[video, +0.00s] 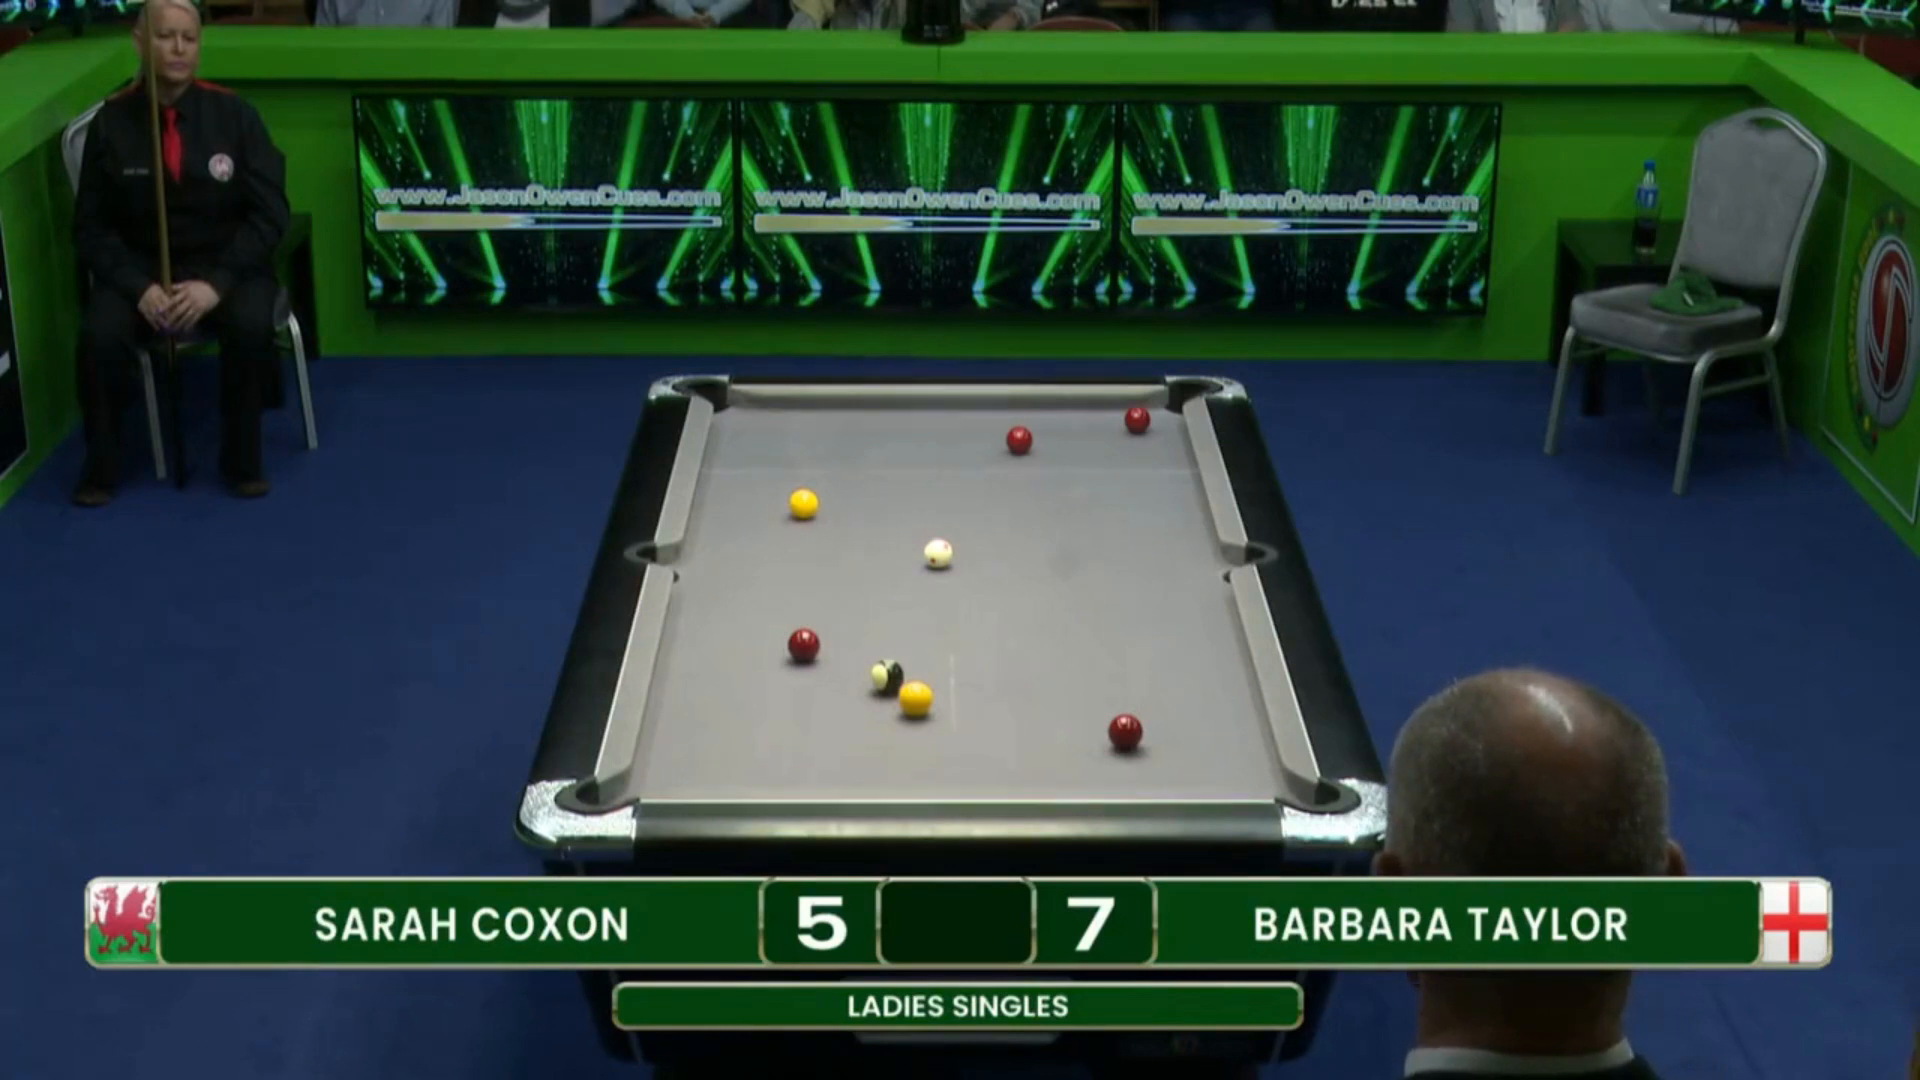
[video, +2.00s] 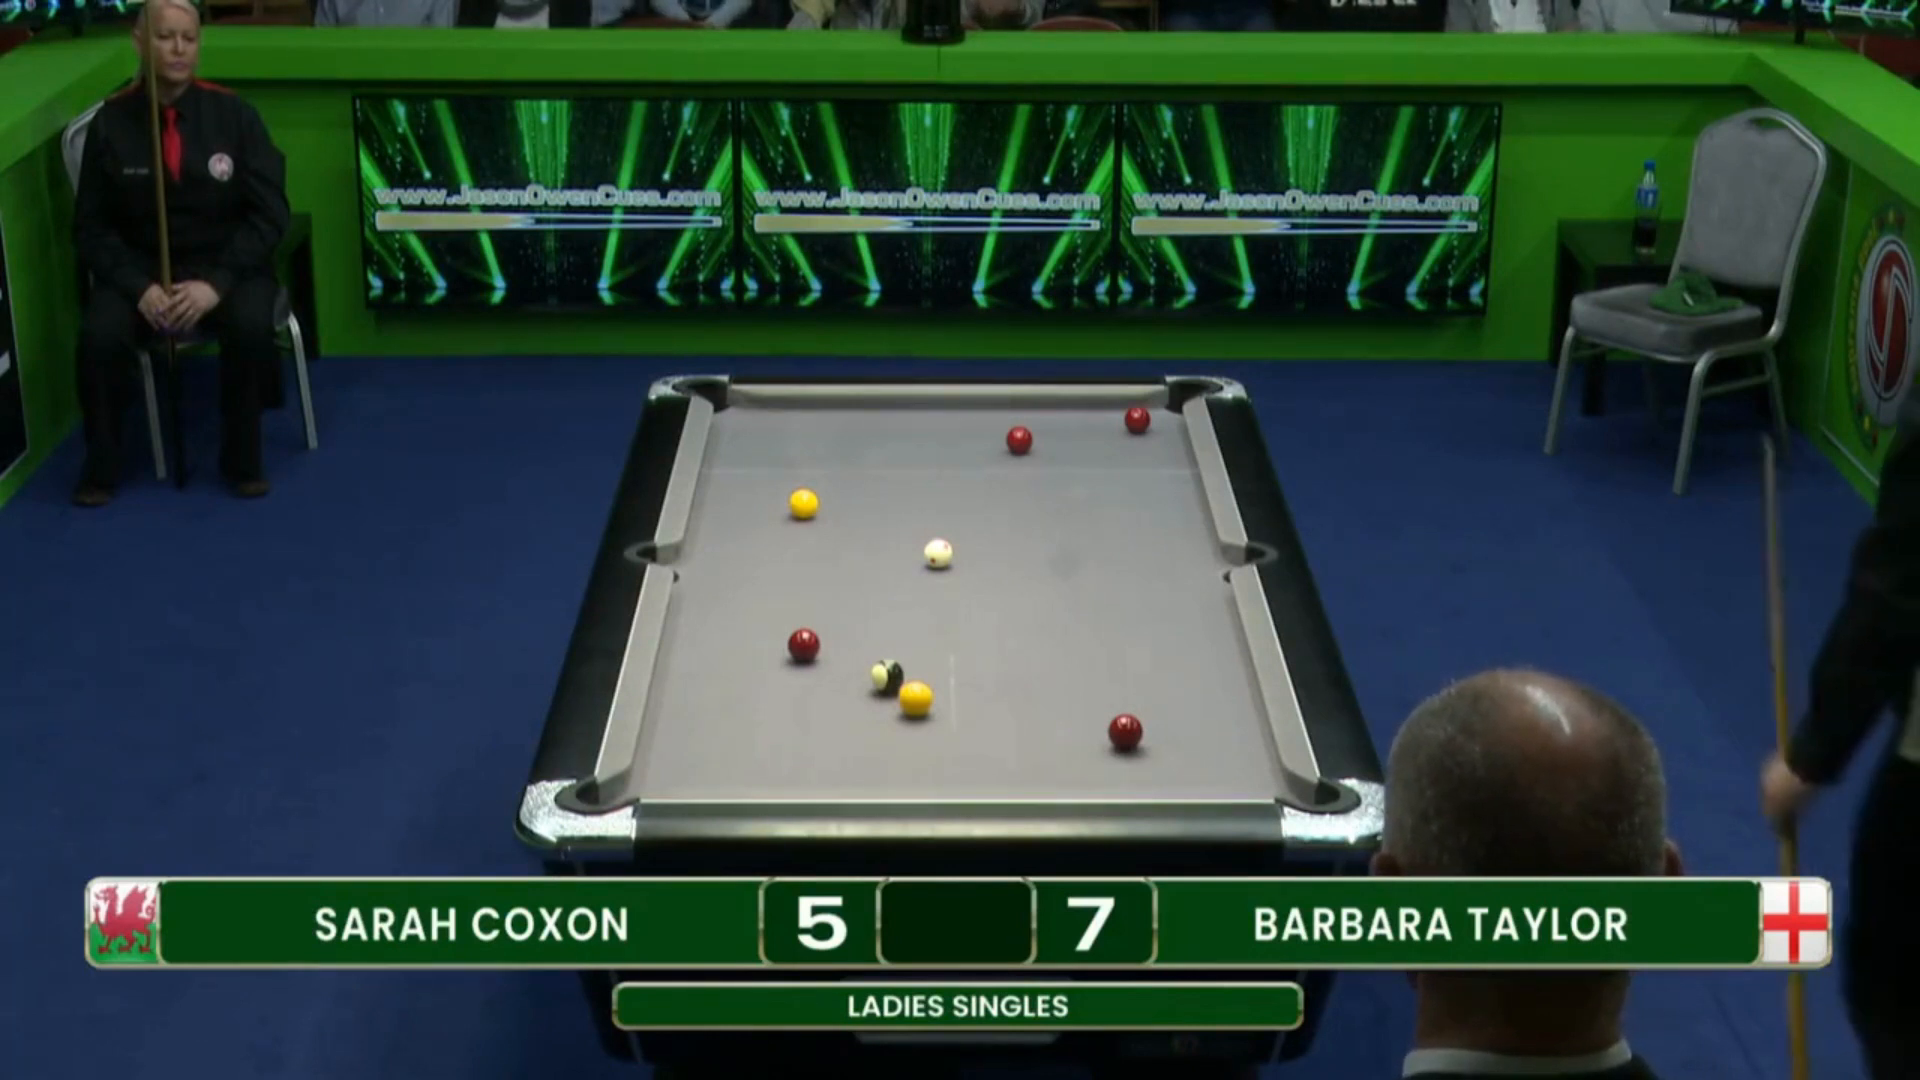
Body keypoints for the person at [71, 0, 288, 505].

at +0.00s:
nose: (179, 48)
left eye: (189, 38)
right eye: (165, 36)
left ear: (200, 44)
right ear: (141, 41)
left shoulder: (234, 115)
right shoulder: (112, 121)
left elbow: (269, 215)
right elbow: (90, 226)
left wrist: (214, 284)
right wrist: (140, 287)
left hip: (221, 267)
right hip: (139, 273)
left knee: (248, 328)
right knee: (101, 335)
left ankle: (243, 463)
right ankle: (101, 469)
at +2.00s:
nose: (179, 49)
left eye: (189, 38)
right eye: (165, 37)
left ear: (199, 44)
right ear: (140, 42)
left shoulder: (234, 116)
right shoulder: (111, 122)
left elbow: (269, 215)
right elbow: (90, 226)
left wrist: (214, 284)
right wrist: (140, 287)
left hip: (221, 267)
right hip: (138, 274)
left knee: (248, 328)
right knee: (101, 336)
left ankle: (243, 463)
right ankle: (101, 469)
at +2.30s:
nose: (179, 49)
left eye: (189, 38)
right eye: (165, 37)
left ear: (199, 44)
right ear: (140, 42)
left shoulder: (234, 116)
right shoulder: (111, 122)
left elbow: (269, 215)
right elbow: (90, 226)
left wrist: (214, 284)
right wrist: (140, 287)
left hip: (221, 268)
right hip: (138, 274)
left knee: (248, 328)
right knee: (101, 336)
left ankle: (243, 463)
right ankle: (101, 468)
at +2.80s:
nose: (179, 49)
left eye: (189, 38)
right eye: (165, 37)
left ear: (199, 44)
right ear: (140, 41)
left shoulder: (234, 115)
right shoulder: (111, 121)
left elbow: (269, 215)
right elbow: (90, 226)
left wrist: (214, 284)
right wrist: (140, 287)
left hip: (221, 267)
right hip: (139, 274)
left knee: (248, 328)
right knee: (101, 336)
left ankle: (243, 463)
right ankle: (101, 468)